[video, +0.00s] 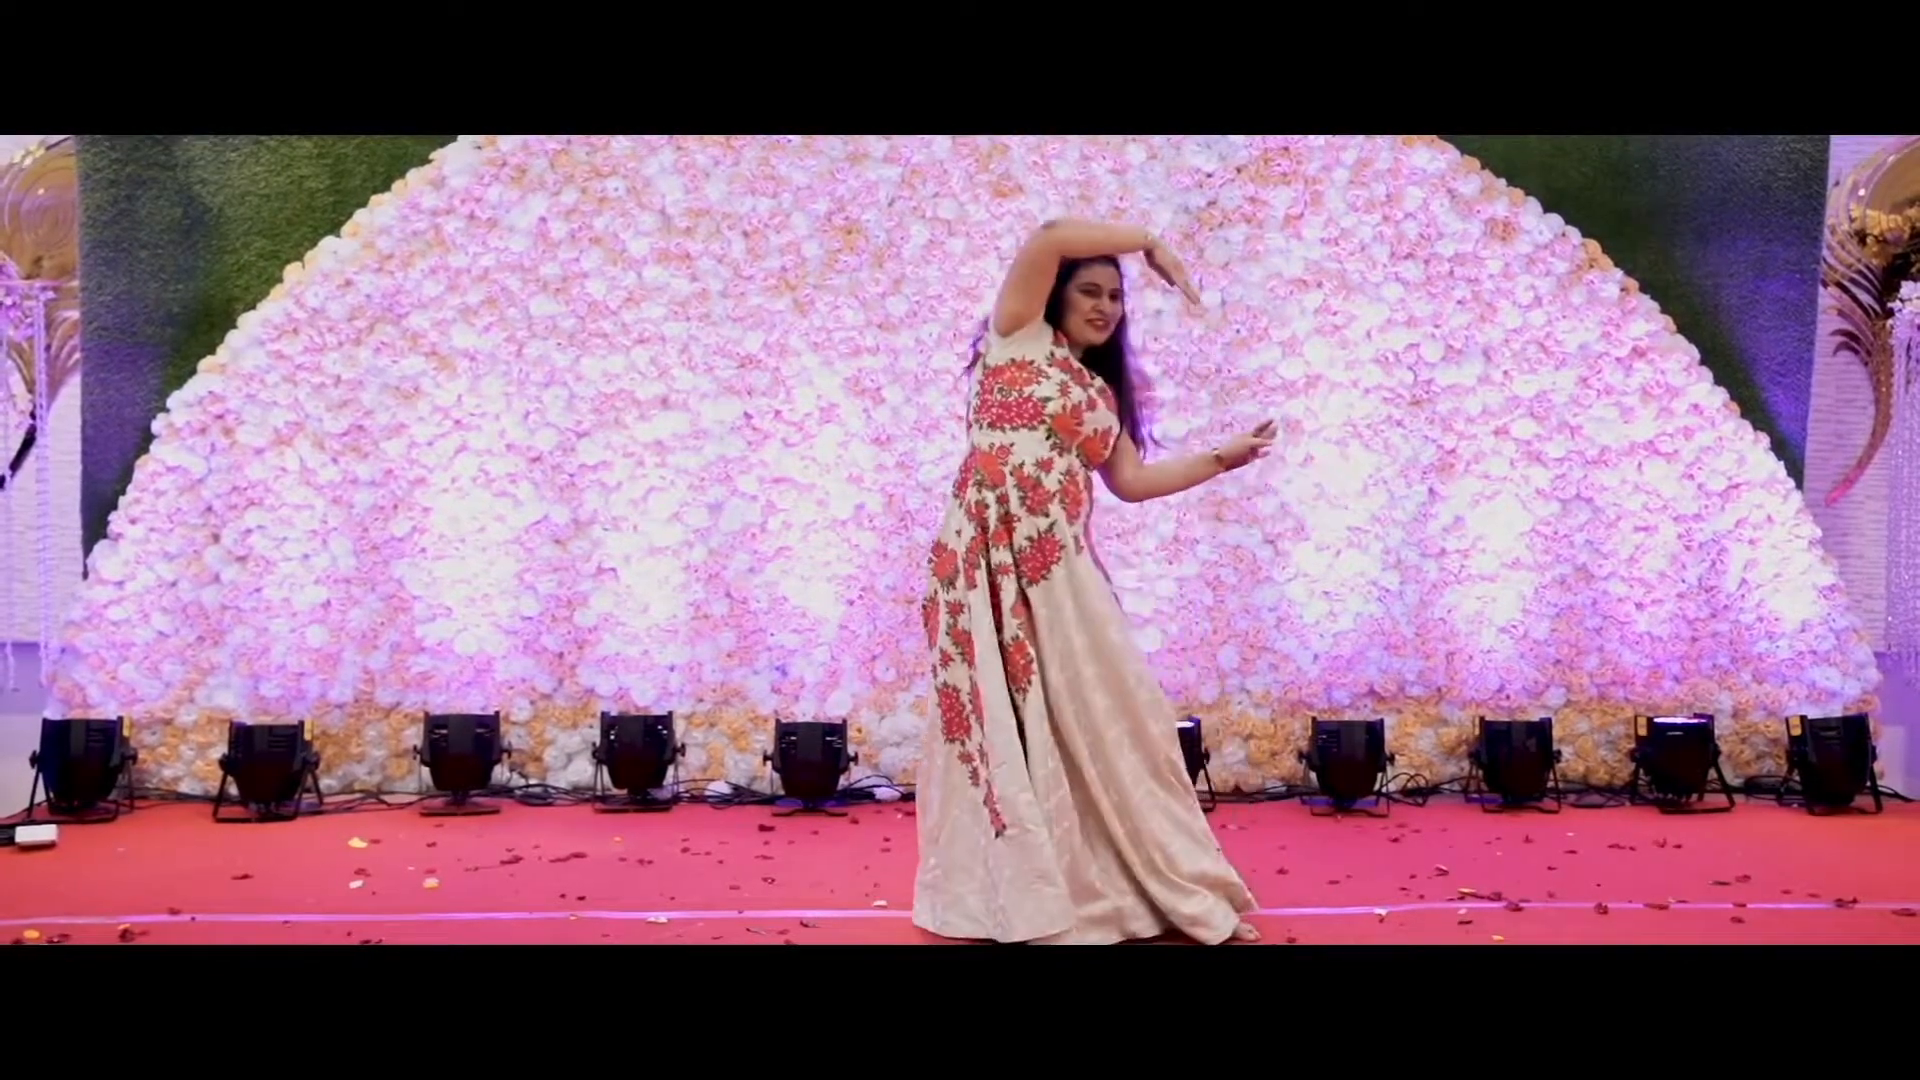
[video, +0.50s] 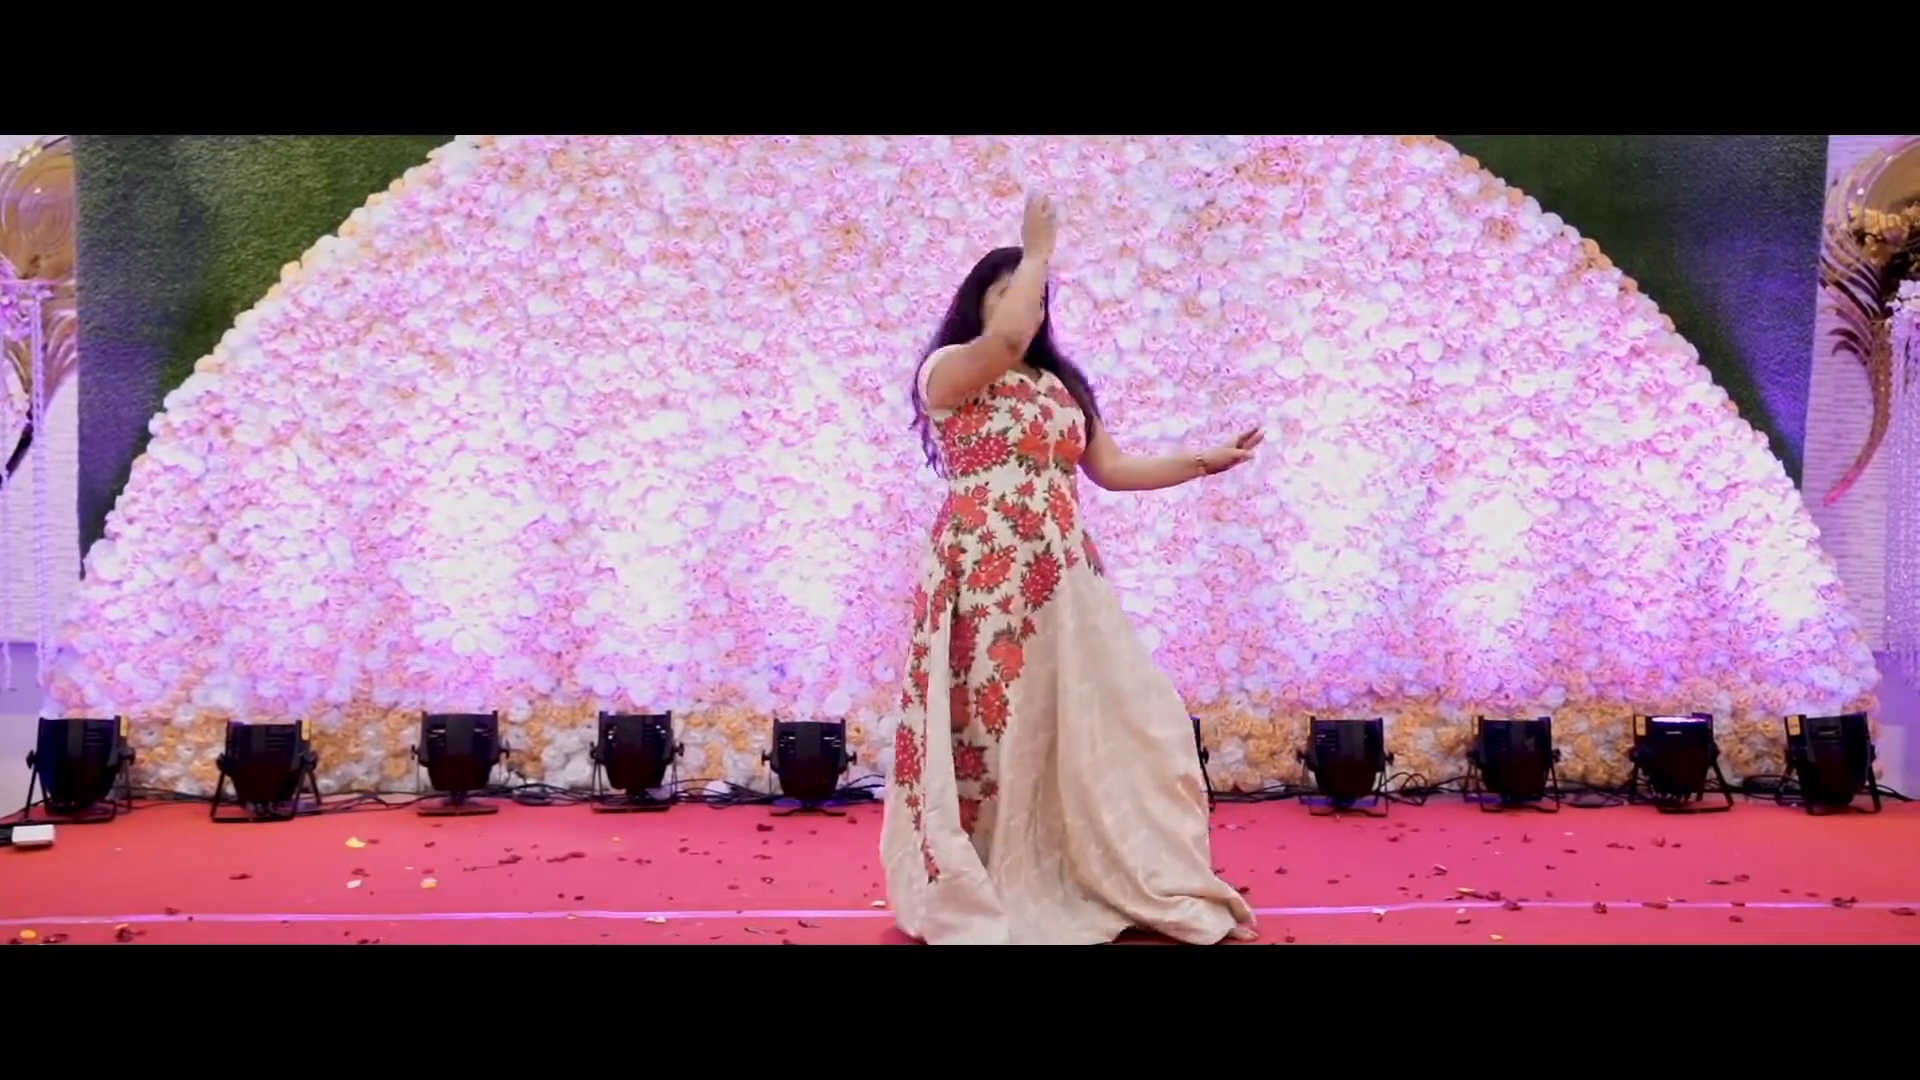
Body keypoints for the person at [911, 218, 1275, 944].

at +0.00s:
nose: (1102, 306)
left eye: (1113, 296)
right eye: (1088, 293)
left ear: (1122, 307)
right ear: (1057, 295)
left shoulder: (1099, 399)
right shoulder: (1016, 339)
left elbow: (1131, 481)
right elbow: (1052, 236)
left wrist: (1222, 456)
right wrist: (1145, 241)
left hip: (1057, 564)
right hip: (979, 556)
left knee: (1109, 717)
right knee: (996, 727)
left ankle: (1181, 892)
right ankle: (1013, 898)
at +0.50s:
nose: (1030, 304)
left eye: (1039, 292)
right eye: (1013, 291)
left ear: (1043, 309)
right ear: (980, 301)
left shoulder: (1061, 388)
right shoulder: (944, 374)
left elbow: (1112, 469)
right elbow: (1010, 336)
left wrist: (1202, 460)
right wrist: (1033, 259)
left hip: (1065, 570)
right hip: (983, 568)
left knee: (1109, 720)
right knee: (989, 726)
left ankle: (1135, 886)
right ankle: (979, 891)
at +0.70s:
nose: (1066, 316)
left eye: (1075, 306)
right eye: (1052, 300)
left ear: (1078, 315)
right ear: (1014, 301)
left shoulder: (1082, 389)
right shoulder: (981, 374)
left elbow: (1125, 474)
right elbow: (1076, 392)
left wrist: (1206, 453)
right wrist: (1091, 297)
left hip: (1086, 580)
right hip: (1011, 579)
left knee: (1174, 719)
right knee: (1010, 734)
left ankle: (1157, 889)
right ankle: (980, 895)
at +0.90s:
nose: (1146, 328)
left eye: (1150, 318)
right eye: (1138, 312)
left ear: (1127, 318)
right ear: (1098, 299)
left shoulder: (1105, 386)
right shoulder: (1042, 353)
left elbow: (1139, 490)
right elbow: (1129, 407)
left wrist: (1215, 453)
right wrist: (1160, 342)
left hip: (1099, 574)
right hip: (1035, 571)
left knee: (1180, 714)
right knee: (1033, 726)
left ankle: (1160, 890)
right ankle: (996, 895)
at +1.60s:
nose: (1143, 418)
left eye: (1151, 415)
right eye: (1154, 404)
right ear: (1123, 375)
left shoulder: (1090, 464)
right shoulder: (1042, 379)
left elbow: (1088, 557)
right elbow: (1121, 369)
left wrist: (1133, 496)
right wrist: (1140, 422)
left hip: (1022, 597)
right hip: (954, 582)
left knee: (1108, 721)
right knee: (987, 739)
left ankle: (1167, 886)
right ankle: (997, 897)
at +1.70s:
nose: (1132, 418)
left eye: (1136, 413)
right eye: (1133, 408)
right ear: (1110, 375)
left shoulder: (1079, 459)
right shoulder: (1027, 377)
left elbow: (1075, 553)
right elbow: (1101, 358)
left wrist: (1116, 488)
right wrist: (1124, 411)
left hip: (1015, 595)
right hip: (945, 581)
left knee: (1096, 730)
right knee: (977, 741)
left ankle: (1163, 889)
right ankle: (991, 898)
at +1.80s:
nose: (1124, 413)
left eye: (1130, 405)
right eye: (1127, 400)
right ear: (1100, 368)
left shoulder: (1069, 450)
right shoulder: (1016, 372)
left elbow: (1070, 549)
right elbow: (1089, 350)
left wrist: (1108, 480)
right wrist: (1118, 399)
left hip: (1012, 594)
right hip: (942, 580)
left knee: (1095, 725)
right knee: (970, 740)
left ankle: (1159, 886)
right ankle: (989, 896)